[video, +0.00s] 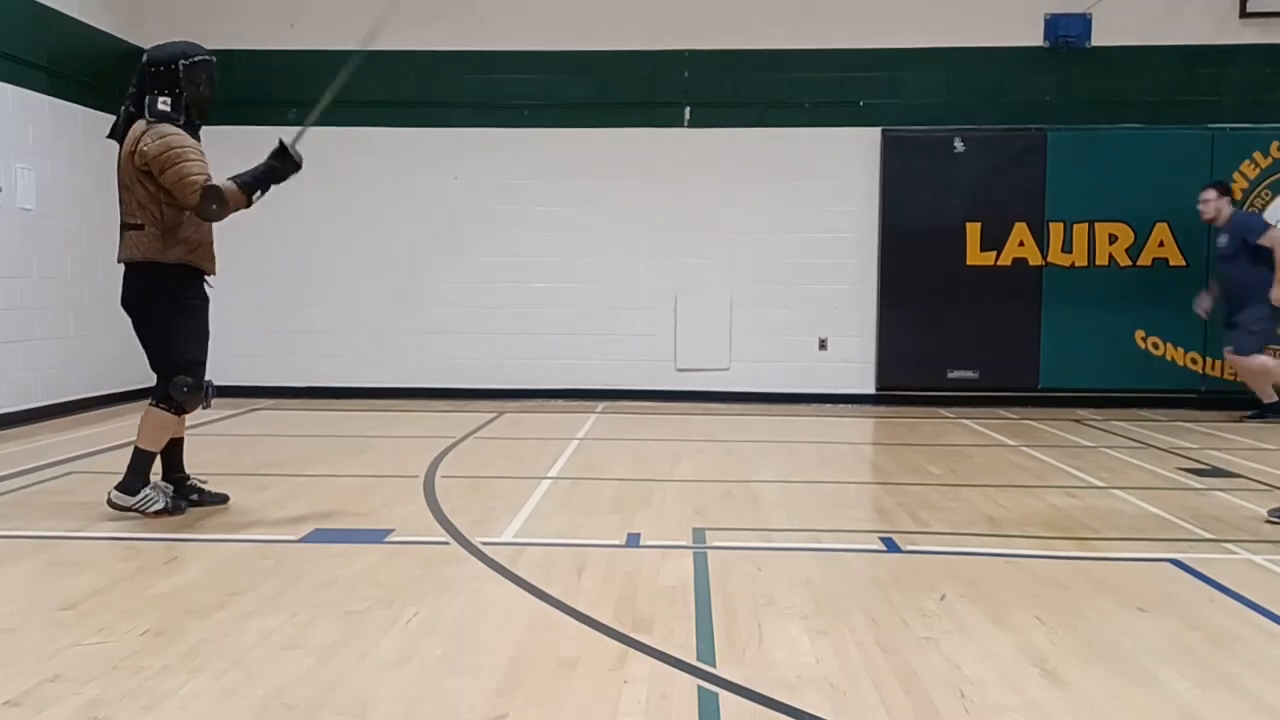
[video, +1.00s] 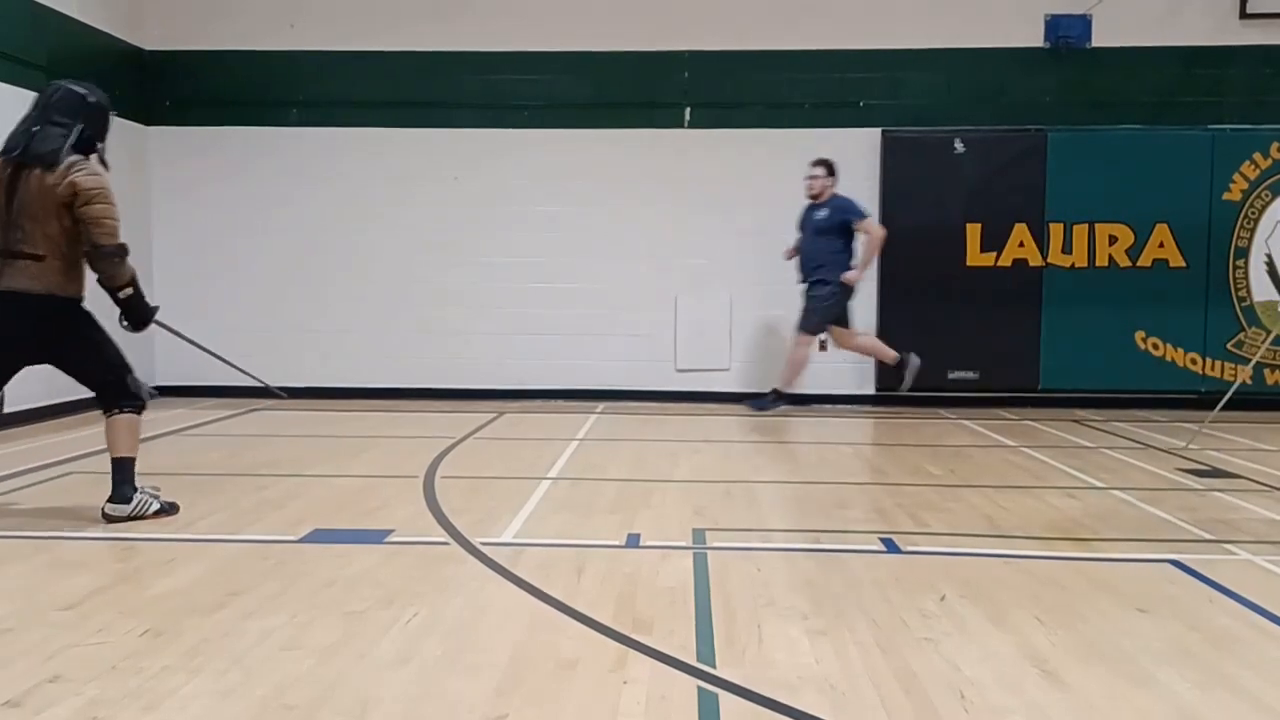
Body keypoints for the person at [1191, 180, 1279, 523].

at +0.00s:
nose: (1202, 208)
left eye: (1207, 202)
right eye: (1200, 203)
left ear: (1225, 201)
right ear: (1206, 206)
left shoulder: (1246, 222)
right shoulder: (1221, 234)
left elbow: (1278, 241)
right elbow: (1224, 274)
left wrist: (1277, 284)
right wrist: (1209, 296)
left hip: (1262, 301)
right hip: (1239, 303)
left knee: (1244, 355)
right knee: (1235, 356)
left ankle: (1279, 382)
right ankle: (1269, 405)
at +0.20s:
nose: (1130, 186)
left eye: (1136, 180)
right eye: (1128, 181)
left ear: (1154, 182)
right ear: (1127, 185)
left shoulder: (1169, 204)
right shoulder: (1136, 215)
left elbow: (1216, 221)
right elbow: (1141, 245)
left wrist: (1206, 262)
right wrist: (1125, 254)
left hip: (1180, 285)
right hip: (1160, 288)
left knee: (1149, 337)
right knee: (1188, 339)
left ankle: (1132, 399)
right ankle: (1246, 374)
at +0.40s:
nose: (1054, 196)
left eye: (1061, 191)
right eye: (1053, 191)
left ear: (1077, 194)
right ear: (1051, 195)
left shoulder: (1090, 220)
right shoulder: (1064, 225)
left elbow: (1112, 254)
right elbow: (1071, 262)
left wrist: (1080, 281)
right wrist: (1062, 284)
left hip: (1097, 298)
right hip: (1073, 298)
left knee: (1084, 352)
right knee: (1053, 345)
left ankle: (1110, 405)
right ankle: (1118, 354)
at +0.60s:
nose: (967, 185)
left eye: (973, 180)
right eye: (965, 181)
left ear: (991, 183)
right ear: (966, 185)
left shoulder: (999, 206)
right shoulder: (980, 210)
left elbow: (1011, 239)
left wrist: (976, 256)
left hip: (1011, 287)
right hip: (988, 289)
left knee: (1025, 341)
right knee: (967, 334)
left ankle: (1087, 366)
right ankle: (950, 395)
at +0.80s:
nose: (888, 194)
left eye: (894, 190)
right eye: (886, 190)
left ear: (910, 194)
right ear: (884, 194)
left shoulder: (919, 217)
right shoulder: (894, 222)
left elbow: (950, 247)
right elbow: (896, 258)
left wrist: (931, 283)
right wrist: (876, 273)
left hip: (917, 295)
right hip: (898, 295)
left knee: (892, 342)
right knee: (899, 349)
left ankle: (953, 353)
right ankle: (929, 401)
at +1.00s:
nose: (810, 182)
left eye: (816, 178)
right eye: (808, 178)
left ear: (830, 181)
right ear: (806, 181)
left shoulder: (843, 206)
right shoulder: (810, 210)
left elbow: (877, 232)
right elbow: (812, 238)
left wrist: (859, 270)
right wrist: (796, 249)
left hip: (833, 283)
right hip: (818, 283)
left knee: (804, 337)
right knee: (844, 338)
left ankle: (780, 393)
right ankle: (901, 362)